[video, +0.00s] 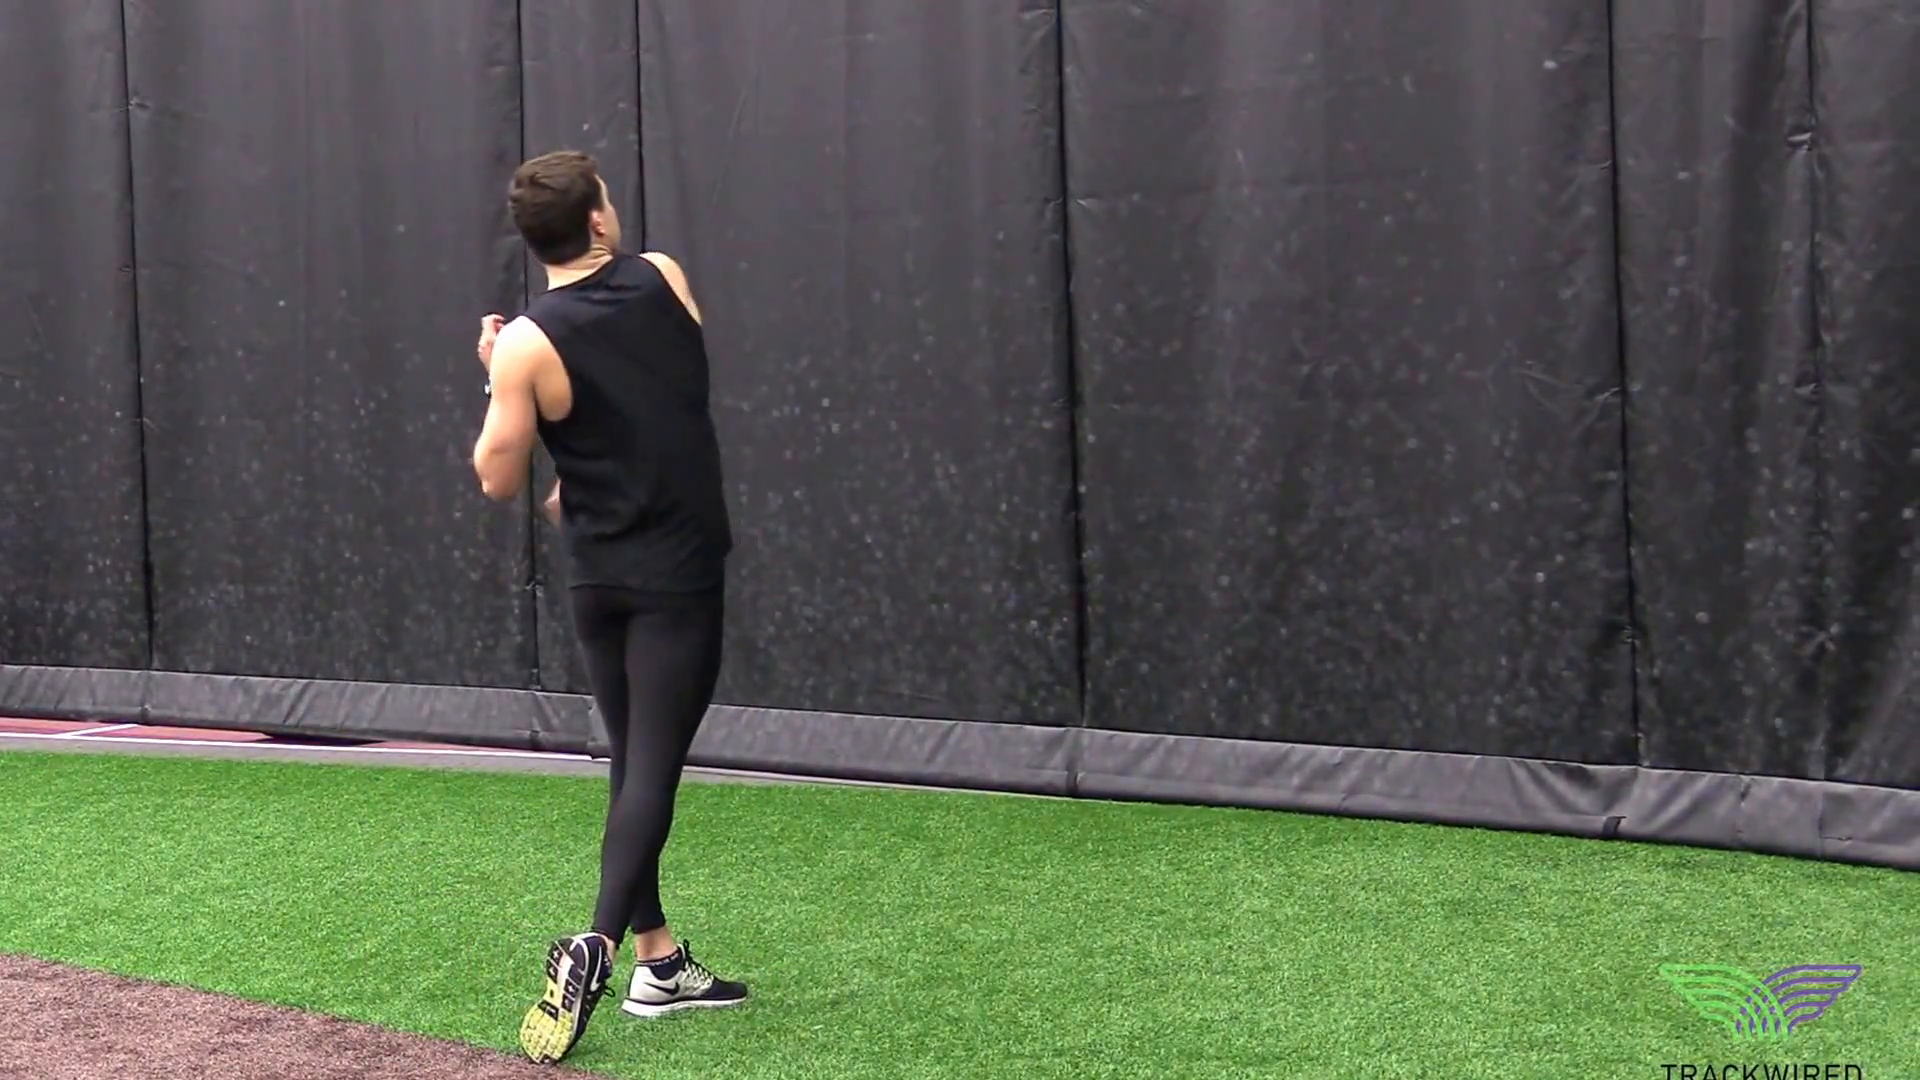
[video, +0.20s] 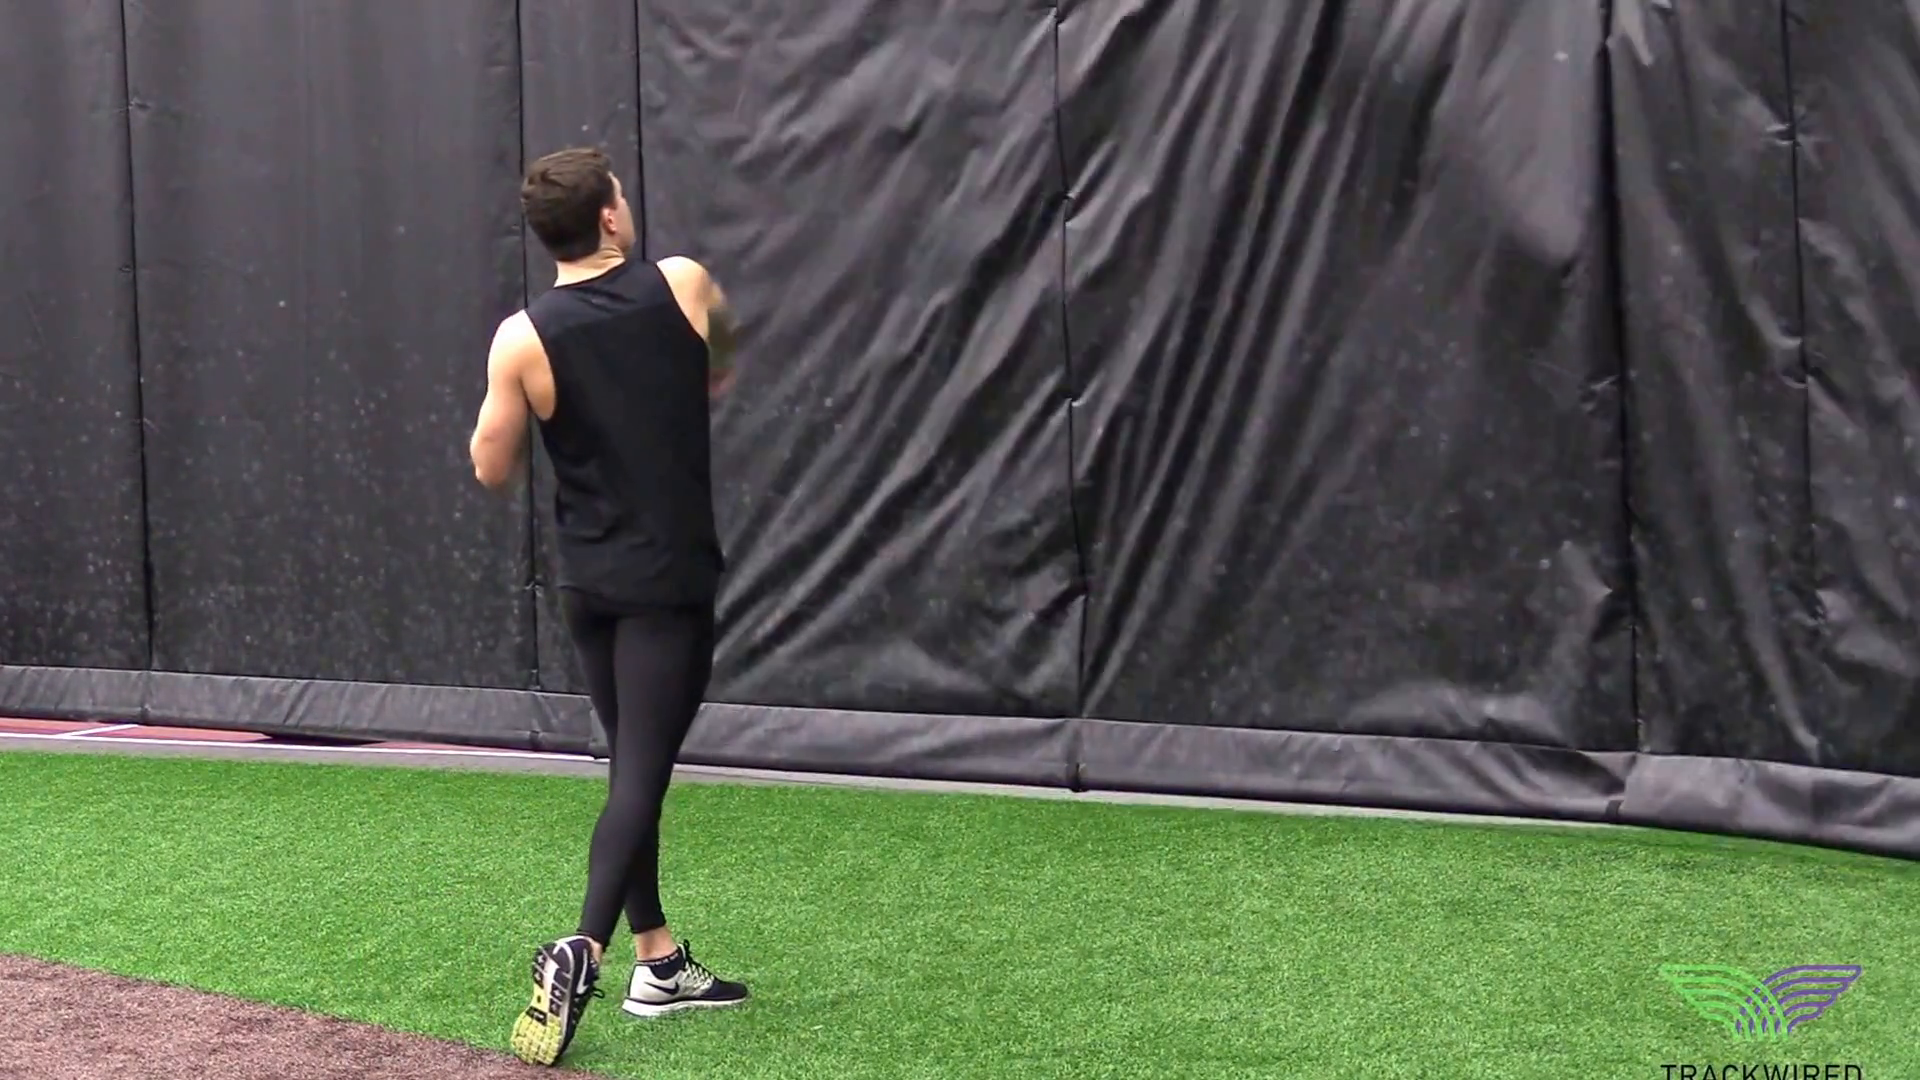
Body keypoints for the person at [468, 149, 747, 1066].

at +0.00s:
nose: (614, 202)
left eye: (602, 195)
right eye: (608, 196)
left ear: (530, 241)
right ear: (598, 221)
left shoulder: (527, 343)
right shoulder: (661, 276)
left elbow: (497, 479)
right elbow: (677, 372)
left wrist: (498, 371)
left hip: (595, 571)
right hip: (682, 565)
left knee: (630, 766)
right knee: (652, 769)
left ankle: (659, 962)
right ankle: (596, 947)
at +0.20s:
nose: (628, 201)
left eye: (616, 193)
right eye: (622, 194)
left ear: (544, 236)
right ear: (610, 217)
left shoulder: (521, 338)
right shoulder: (683, 284)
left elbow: (492, 468)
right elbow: (719, 365)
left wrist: (524, 398)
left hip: (587, 573)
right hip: (673, 569)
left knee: (630, 768)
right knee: (641, 771)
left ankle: (658, 961)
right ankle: (582, 951)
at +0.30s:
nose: (633, 201)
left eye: (623, 191)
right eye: (627, 193)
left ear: (550, 233)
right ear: (616, 218)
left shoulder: (520, 334)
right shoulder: (688, 281)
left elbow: (486, 460)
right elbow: (763, 301)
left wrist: (518, 389)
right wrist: (771, 301)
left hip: (583, 576)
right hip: (669, 574)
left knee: (632, 768)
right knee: (633, 772)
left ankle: (659, 961)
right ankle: (576, 951)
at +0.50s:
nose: (645, 199)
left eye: (634, 188)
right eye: (637, 191)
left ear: (561, 227)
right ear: (621, 214)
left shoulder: (521, 327)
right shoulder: (688, 279)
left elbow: (483, 439)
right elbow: (795, 254)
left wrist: (531, 372)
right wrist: (864, 227)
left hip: (573, 574)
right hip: (656, 572)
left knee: (626, 761)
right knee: (623, 764)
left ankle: (658, 961)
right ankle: (563, 951)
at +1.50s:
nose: (655, 235)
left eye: (653, 220)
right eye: (652, 221)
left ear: (574, 224)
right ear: (624, 222)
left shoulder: (516, 325)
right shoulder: (662, 296)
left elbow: (514, 443)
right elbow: (803, 266)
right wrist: (918, 231)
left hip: (572, 580)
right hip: (651, 576)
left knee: (621, 773)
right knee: (630, 777)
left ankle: (653, 963)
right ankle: (567, 953)